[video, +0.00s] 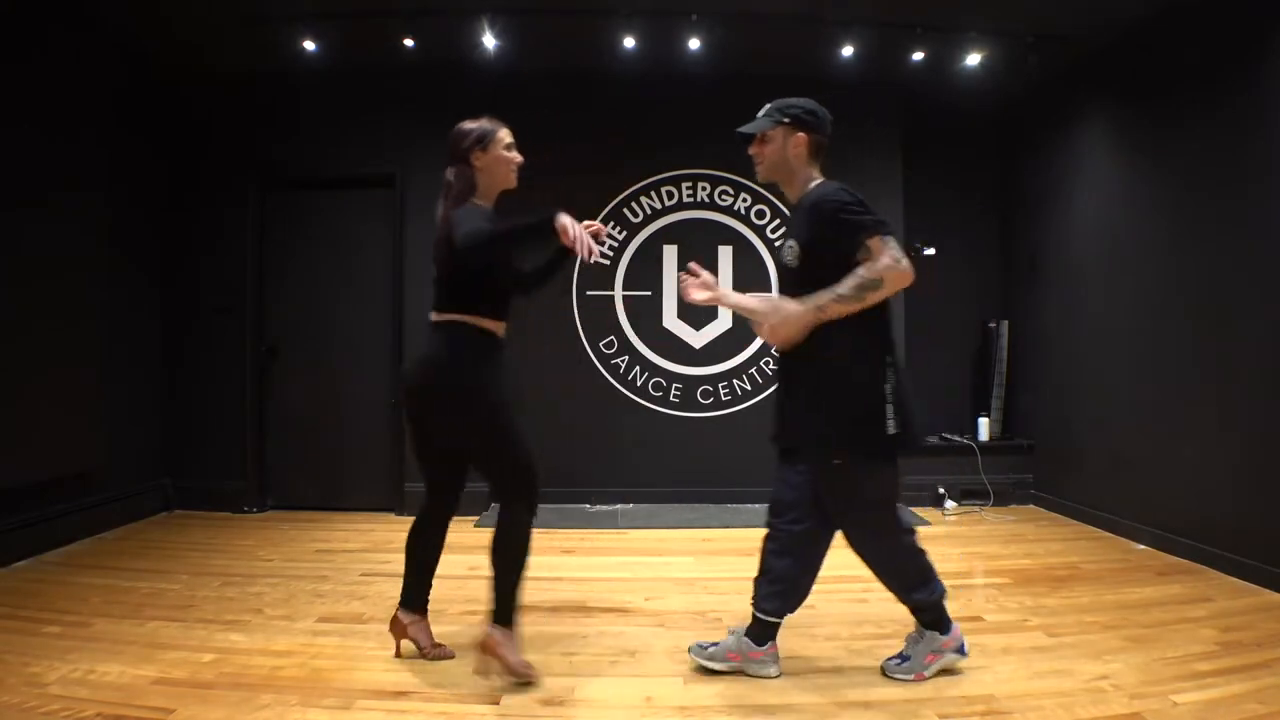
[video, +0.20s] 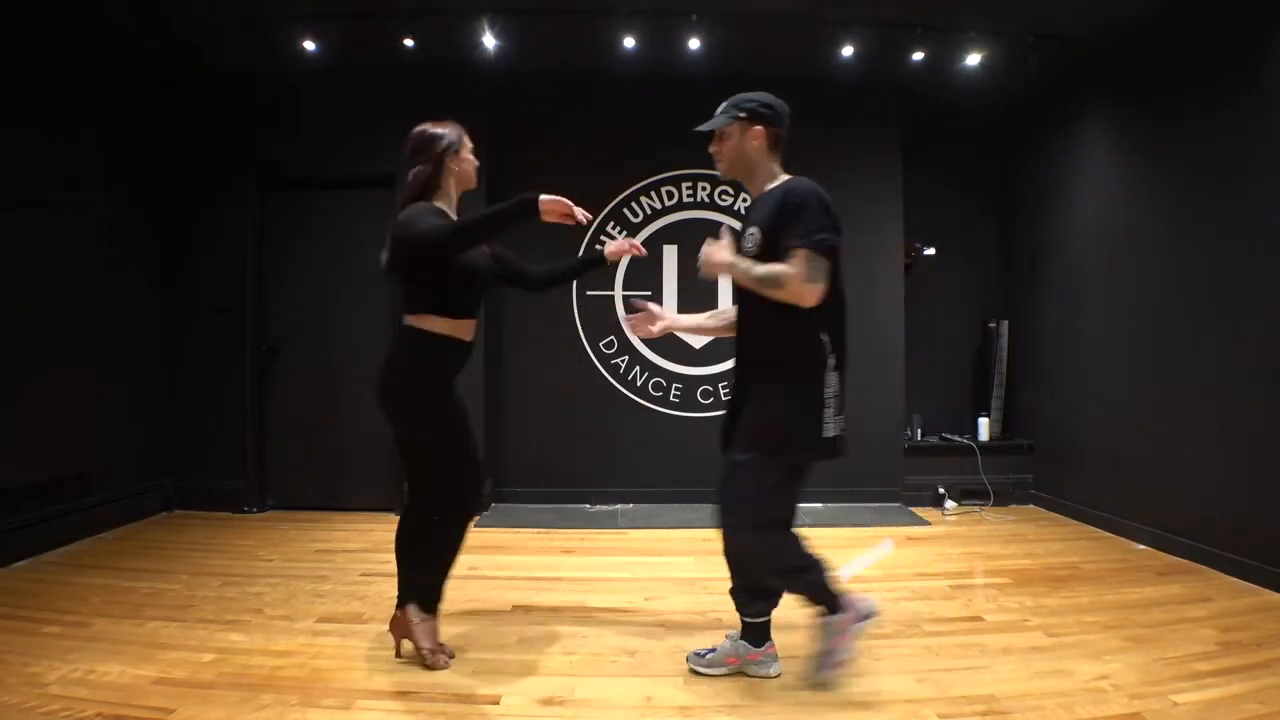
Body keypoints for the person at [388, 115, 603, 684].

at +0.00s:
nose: (520, 157)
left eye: (517, 148)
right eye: (509, 148)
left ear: (485, 160)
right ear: (476, 158)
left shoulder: (481, 224)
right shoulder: (467, 215)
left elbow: (520, 282)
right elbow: (484, 249)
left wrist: (571, 252)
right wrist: (553, 223)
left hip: (447, 364)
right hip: (466, 365)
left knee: (442, 494)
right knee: (520, 487)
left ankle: (411, 611)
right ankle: (501, 628)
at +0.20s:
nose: (478, 163)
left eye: (475, 154)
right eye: (470, 154)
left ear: (451, 163)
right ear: (445, 161)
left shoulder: (468, 240)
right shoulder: (416, 219)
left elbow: (533, 278)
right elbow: (451, 239)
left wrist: (600, 255)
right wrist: (532, 206)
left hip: (436, 375)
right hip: (414, 374)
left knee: (434, 490)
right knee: (459, 488)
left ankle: (411, 609)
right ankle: (419, 611)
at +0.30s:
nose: (453, 153)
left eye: (450, 145)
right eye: (439, 146)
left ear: (441, 164)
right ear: (410, 164)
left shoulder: (461, 236)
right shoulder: (396, 220)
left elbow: (528, 283)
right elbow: (442, 252)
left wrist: (597, 282)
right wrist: (524, 221)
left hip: (432, 371)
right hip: (390, 367)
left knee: (425, 491)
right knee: (427, 485)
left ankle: (408, 613)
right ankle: (365, 599)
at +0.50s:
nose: (412, 161)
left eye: (419, 155)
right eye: (400, 155)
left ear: (430, 172)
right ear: (381, 173)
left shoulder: (438, 242)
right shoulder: (372, 225)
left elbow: (497, 298)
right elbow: (433, 269)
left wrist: (558, 300)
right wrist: (517, 255)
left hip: (411, 372)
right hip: (362, 367)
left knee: (430, 492)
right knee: (343, 491)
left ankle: (412, 612)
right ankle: (309, 612)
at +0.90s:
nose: (429, 169)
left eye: (434, 162)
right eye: (415, 163)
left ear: (442, 178)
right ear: (393, 181)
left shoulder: (430, 240)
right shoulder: (396, 236)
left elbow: (466, 290)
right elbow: (435, 307)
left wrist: (520, 276)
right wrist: (517, 304)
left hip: (426, 379)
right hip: (384, 377)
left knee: (452, 492)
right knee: (372, 497)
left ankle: (417, 601)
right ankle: (315, 607)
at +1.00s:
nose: (448, 162)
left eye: (453, 155)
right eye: (435, 156)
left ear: (460, 169)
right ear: (413, 174)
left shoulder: (447, 233)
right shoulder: (418, 226)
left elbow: (491, 306)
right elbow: (454, 284)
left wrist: (531, 286)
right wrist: (530, 272)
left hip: (441, 368)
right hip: (414, 367)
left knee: (451, 486)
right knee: (446, 484)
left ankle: (418, 598)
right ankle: (394, 595)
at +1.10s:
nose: (463, 161)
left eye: (468, 154)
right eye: (450, 154)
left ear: (476, 167)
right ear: (428, 171)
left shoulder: (469, 230)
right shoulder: (432, 221)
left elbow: (489, 310)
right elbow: (473, 256)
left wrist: (536, 299)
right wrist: (550, 228)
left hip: (451, 365)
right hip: (431, 364)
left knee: (428, 486)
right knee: (492, 476)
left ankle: (416, 599)